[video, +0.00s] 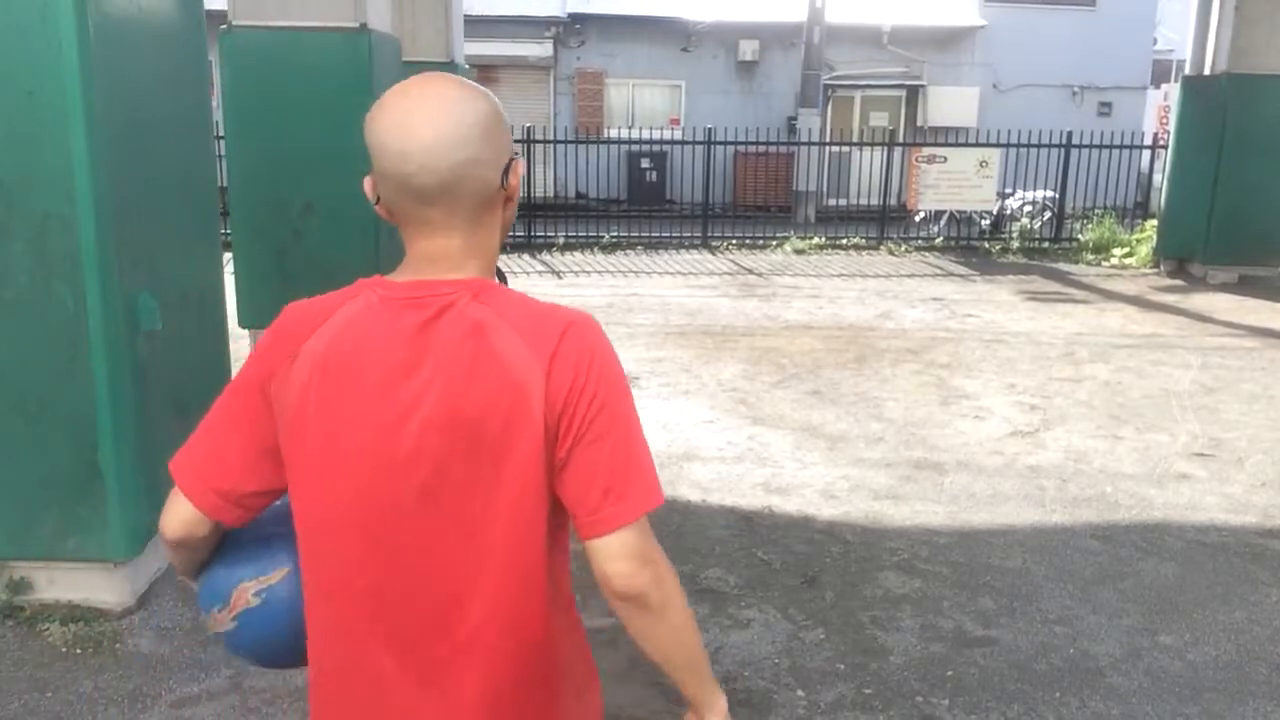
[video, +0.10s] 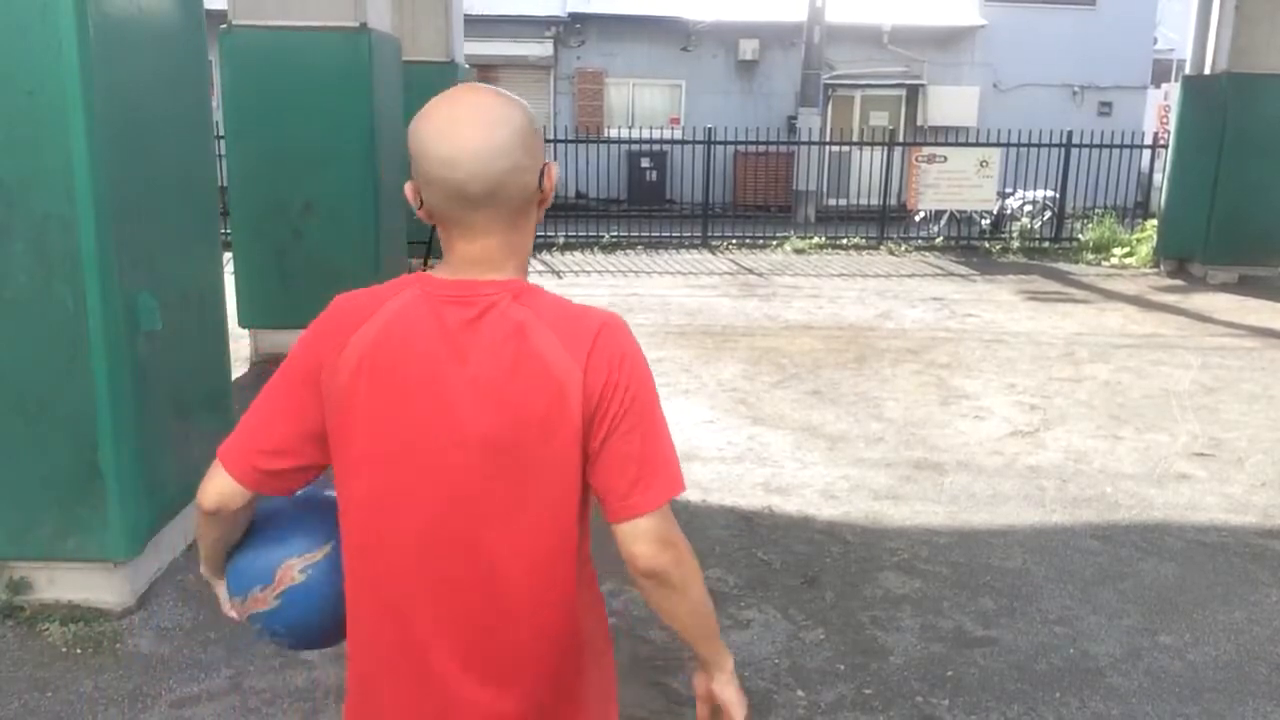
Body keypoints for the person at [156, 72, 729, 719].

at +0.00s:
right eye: (519, 162)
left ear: (376, 196)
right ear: (511, 184)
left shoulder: (302, 336)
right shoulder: (561, 345)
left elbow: (181, 526)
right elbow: (628, 573)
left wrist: (211, 571)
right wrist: (708, 699)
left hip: (352, 704)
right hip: (527, 704)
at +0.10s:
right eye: (554, 165)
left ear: (417, 199)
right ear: (546, 185)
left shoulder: (350, 326)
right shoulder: (593, 342)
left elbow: (221, 497)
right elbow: (649, 547)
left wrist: (213, 566)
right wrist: (715, 663)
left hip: (391, 699)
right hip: (552, 699)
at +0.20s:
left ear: (449, 186)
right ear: (566, 174)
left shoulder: (382, 297)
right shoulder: (613, 311)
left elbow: (244, 444)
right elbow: (658, 502)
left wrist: (226, 534)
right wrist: (686, 587)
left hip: (428, 653)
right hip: (565, 653)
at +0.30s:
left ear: (457, 181)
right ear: (565, 162)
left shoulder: (400, 284)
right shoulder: (618, 293)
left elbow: (262, 421)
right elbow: (655, 467)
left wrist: (236, 502)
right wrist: (639, 520)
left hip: (442, 610)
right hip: (570, 612)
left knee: (437, 703)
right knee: (572, 708)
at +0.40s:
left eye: (450, 169)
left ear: (460, 185)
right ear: (560, 162)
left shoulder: (407, 284)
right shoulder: (616, 290)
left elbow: (290, 426)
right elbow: (648, 451)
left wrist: (246, 497)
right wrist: (581, 477)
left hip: (448, 612)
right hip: (571, 614)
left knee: (442, 704)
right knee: (568, 711)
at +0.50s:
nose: (443, 187)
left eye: (445, 177)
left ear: (456, 191)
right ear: (548, 176)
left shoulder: (412, 289)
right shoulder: (602, 289)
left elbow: (352, 450)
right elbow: (633, 432)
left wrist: (284, 504)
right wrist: (545, 419)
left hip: (452, 598)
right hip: (566, 599)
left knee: (452, 710)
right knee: (563, 711)